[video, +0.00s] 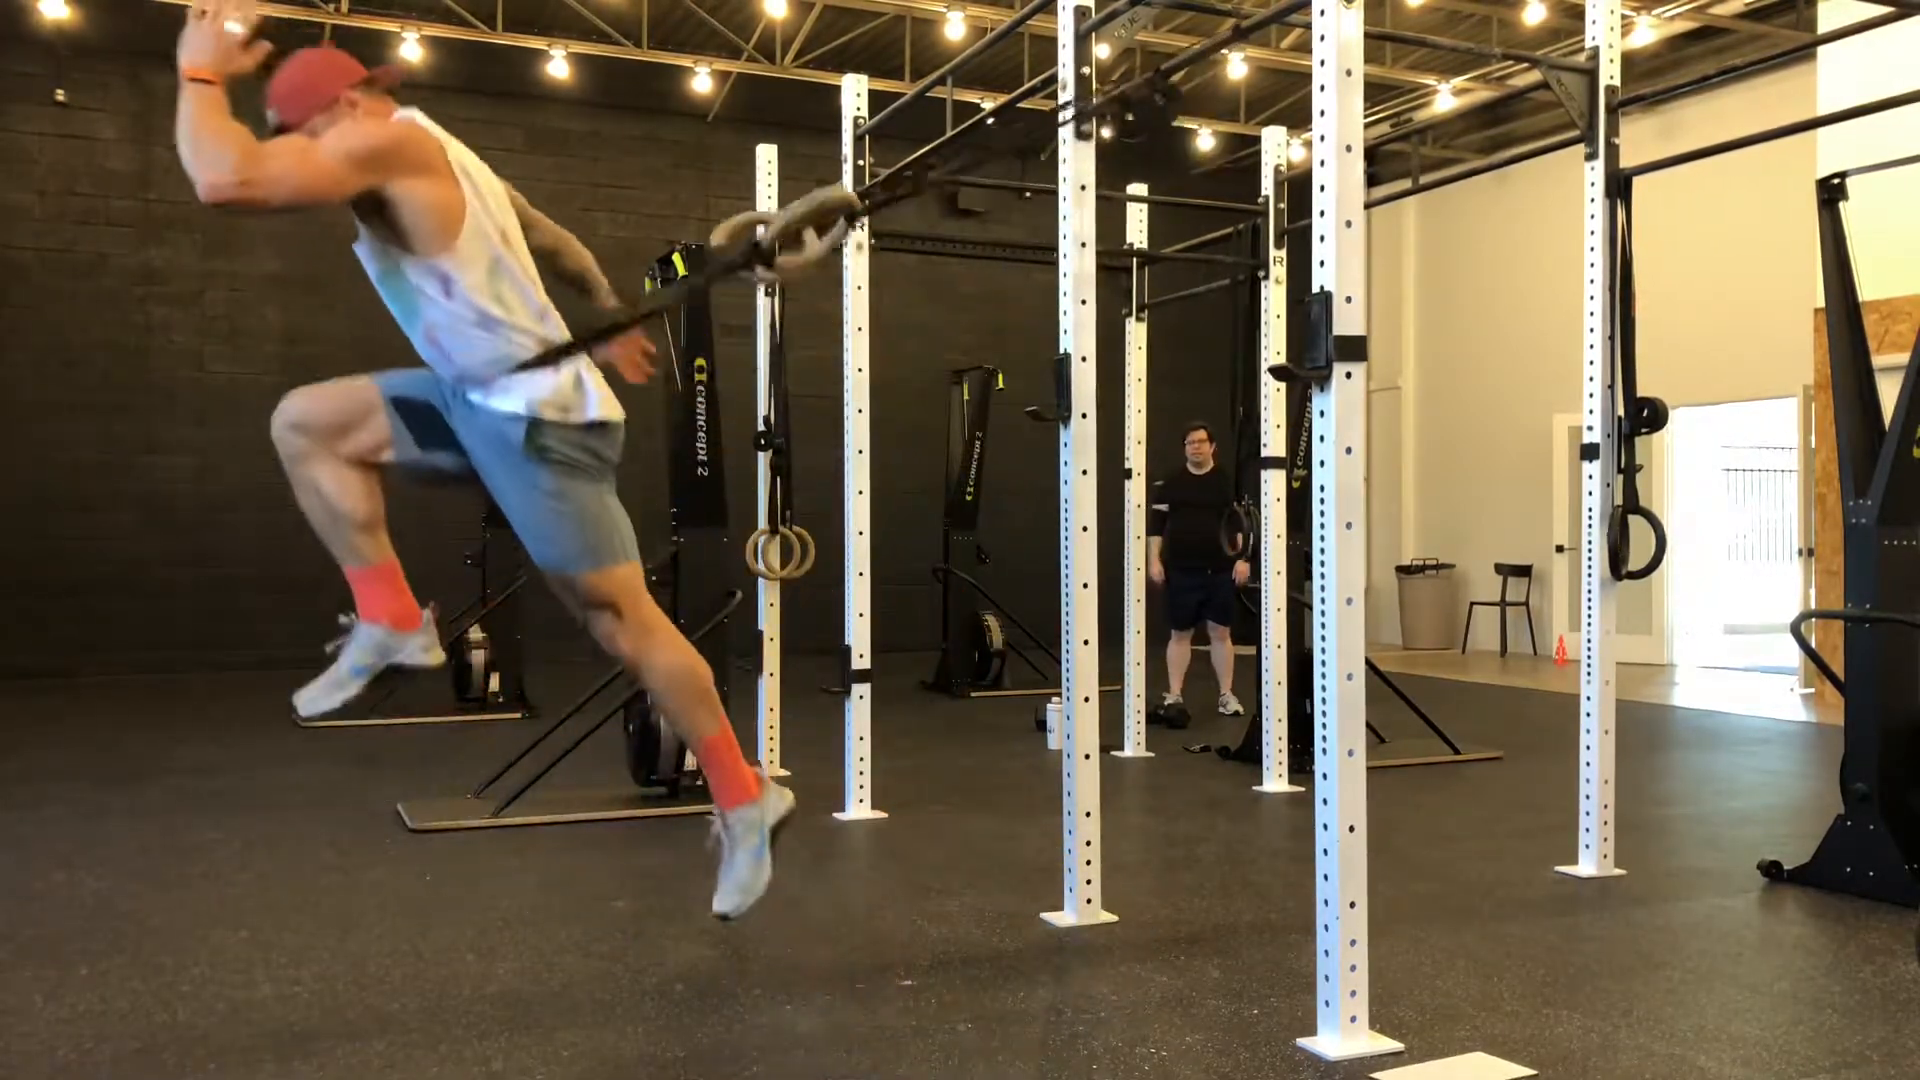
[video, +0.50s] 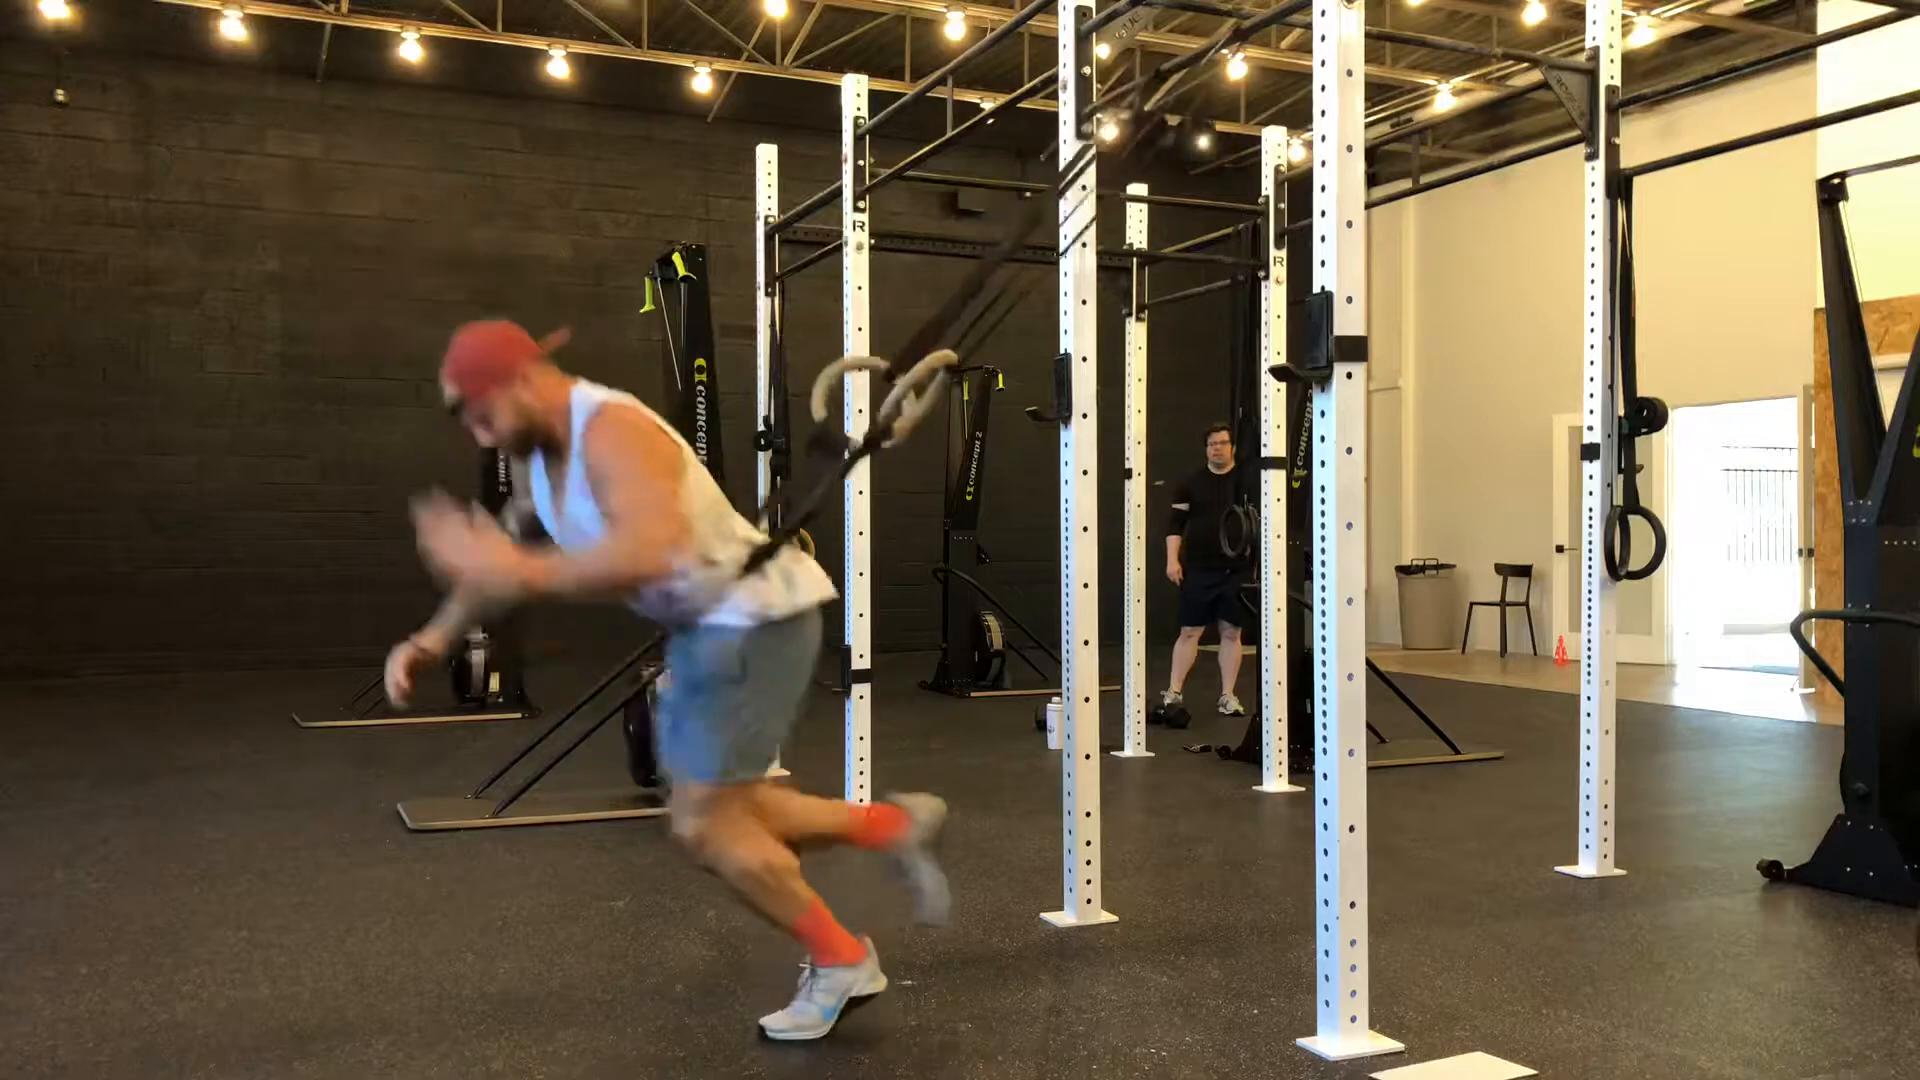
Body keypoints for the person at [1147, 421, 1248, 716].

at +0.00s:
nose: (1194, 448)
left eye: (1200, 442)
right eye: (1190, 443)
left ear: (1212, 447)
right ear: (1184, 448)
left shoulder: (1227, 483)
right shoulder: (1172, 483)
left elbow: (1242, 524)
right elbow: (1156, 525)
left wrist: (1243, 557)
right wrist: (1154, 558)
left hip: (1219, 569)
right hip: (1180, 569)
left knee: (1220, 633)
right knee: (1180, 634)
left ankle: (1226, 694)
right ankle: (1174, 694)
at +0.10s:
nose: (1201, 448)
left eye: (1206, 443)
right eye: (1196, 443)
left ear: (1217, 446)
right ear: (1190, 448)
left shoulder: (1233, 481)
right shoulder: (1176, 482)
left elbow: (1251, 521)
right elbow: (1162, 524)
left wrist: (1250, 558)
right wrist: (1161, 558)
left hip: (1224, 568)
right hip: (1186, 567)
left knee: (1224, 632)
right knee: (1184, 633)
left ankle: (1227, 694)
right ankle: (1174, 695)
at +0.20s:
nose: (1205, 448)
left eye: (1211, 443)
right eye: (1201, 443)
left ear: (1222, 447)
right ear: (1194, 448)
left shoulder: (1237, 482)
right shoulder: (1180, 483)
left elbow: (1254, 521)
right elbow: (1166, 524)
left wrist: (1253, 558)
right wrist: (1165, 558)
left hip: (1228, 569)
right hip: (1189, 568)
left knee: (1227, 632)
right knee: (1186, 633)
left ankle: (1227, 694)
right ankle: (1175, 694)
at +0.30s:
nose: (1210, 448)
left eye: (1215, 443)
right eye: (1205, 443)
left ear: (1226, 447)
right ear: (1198, 448)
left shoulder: (1239, 482)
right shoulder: (1184, 482)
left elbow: (1255, 521)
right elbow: (1169, 525)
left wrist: (1255, 557)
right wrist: (1168, 560)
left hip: (1230, 568)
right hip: (1192, 567)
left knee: (1228, 632)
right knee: (1187, 633)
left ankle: (1227, 694)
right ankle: (1175, 693)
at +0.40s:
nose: (1216, 449)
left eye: (1221, 443)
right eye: (1210, 444)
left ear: (1230, 447)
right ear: (1202, 448)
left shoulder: (1243, 481)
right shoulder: (1188, 482)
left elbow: (1258, 521)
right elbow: (1172, 523)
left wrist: (1256, 558)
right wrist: (1170, 559)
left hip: (1233, 569)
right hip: (1195, 568)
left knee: (1230, 633)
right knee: (1189, 632)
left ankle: (1228, 695)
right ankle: (1174, 693)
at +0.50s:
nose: (1217, 449)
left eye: (1223, 443)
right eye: (1213, 444)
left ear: (1233, 447)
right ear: (1205, 449)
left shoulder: (1246, 480)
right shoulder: (1192, 482)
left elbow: (1261, 521)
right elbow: (1175, 523)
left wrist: (1259, 561)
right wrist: (1172, 559)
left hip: (1235, 569)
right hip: (1197, 568)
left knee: (1231, 632)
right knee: (1190, 631)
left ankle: (1228, 696)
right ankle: (1174, 692)